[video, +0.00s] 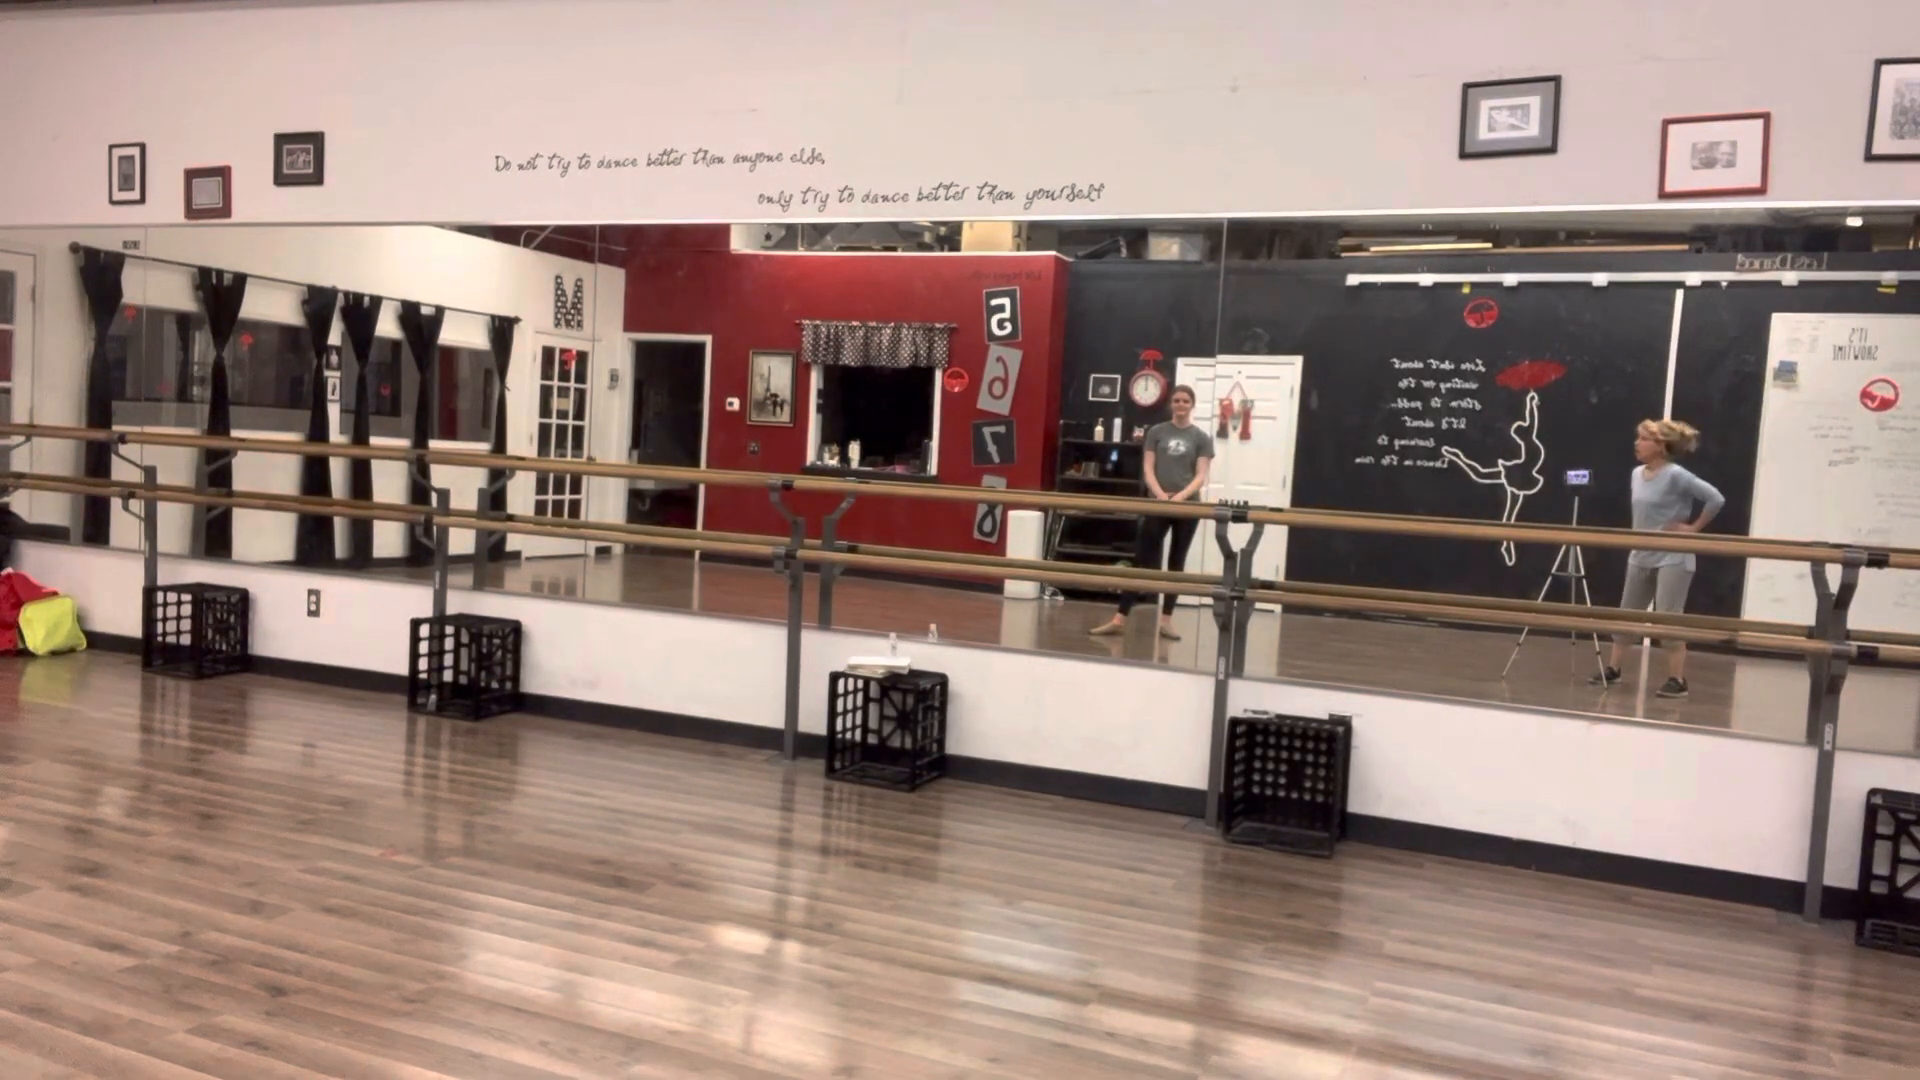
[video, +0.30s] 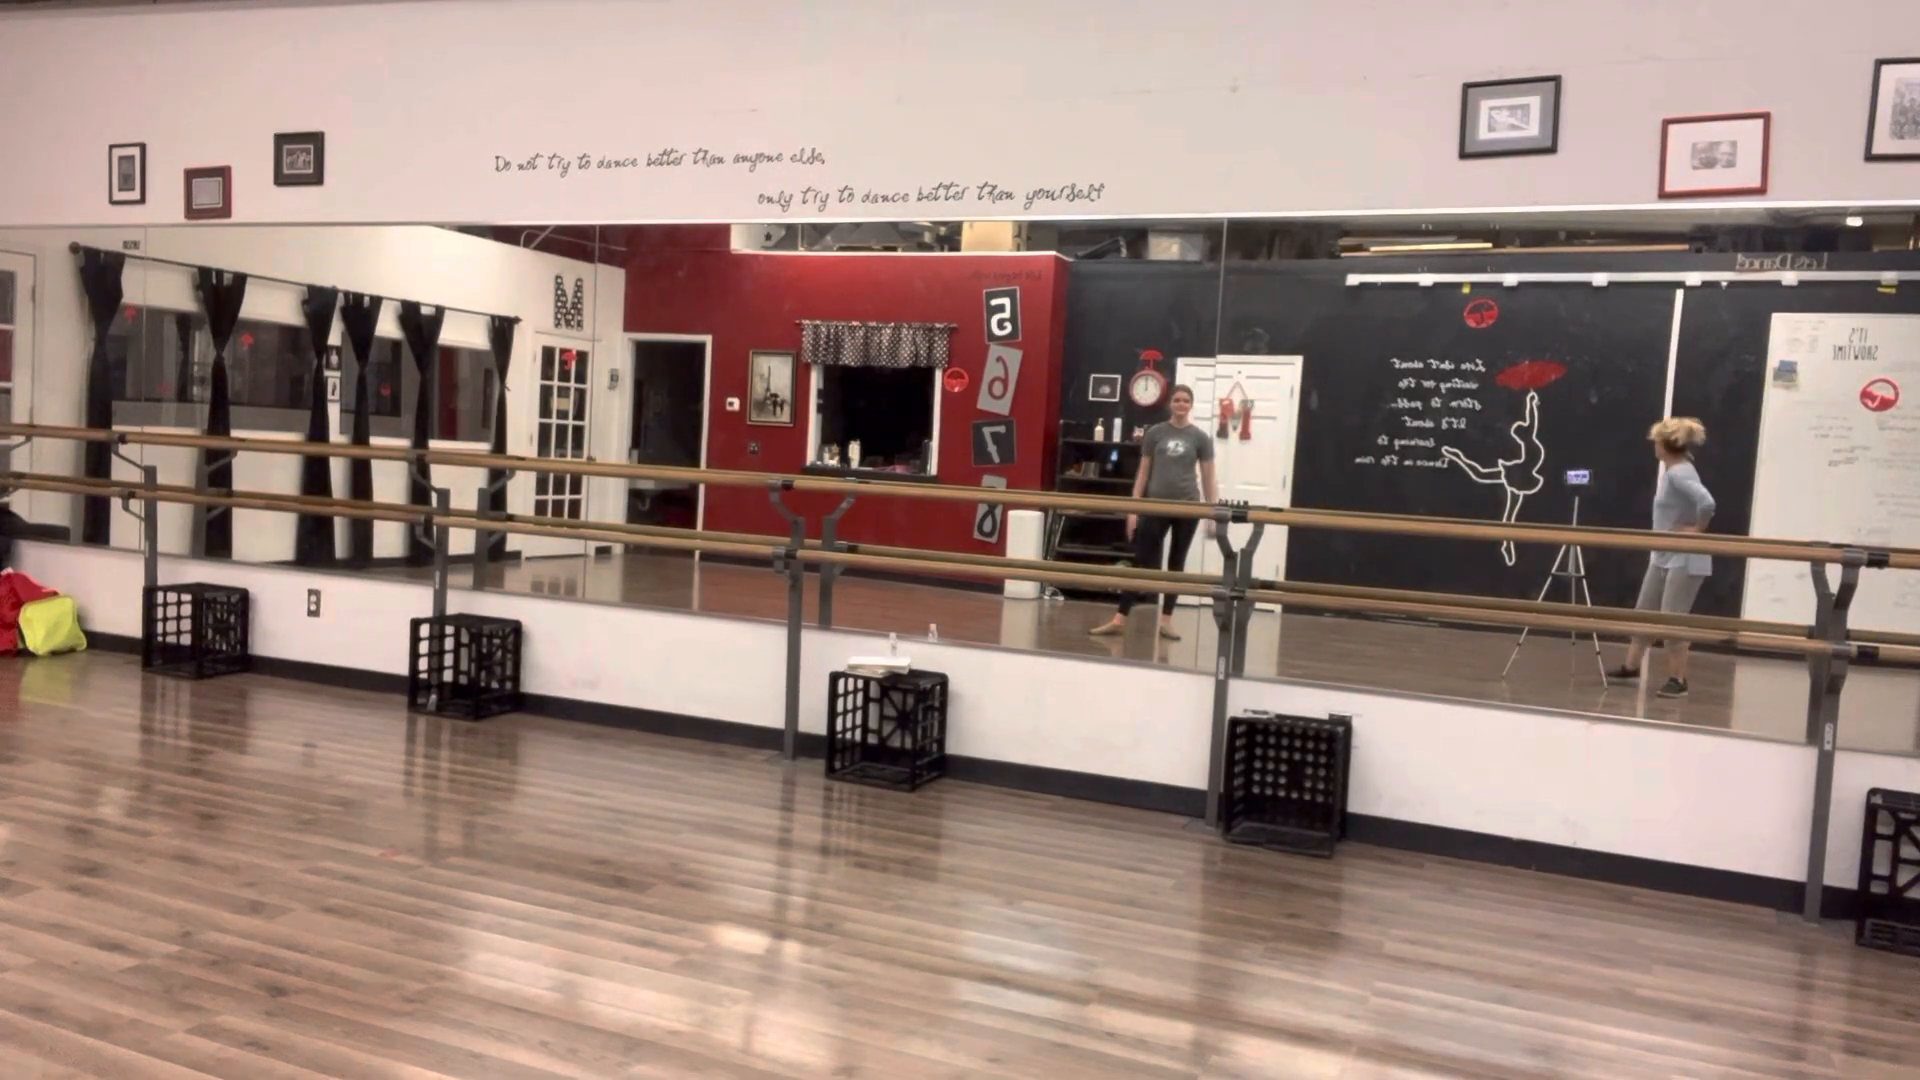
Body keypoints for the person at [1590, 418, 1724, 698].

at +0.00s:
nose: (1637, 444)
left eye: (1644, 439)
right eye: (1638, 438)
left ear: (1661, 446)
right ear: (1641, 443)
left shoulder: (1676, 475)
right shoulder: (1637, 474)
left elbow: (1716, 499)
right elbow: (1642, 507)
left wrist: (1693, 527)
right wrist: (1640, 534)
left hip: (1674, 556)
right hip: (1641, 554)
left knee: (1667, 618)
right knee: (1627, 614)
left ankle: (1676, 679)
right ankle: (1613, 668)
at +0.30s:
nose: (1654, 448)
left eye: (1657, 443)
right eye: (1655, 443)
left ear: (1667, 446)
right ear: (1674, 445)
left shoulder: (1681, 473)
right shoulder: (1667, 469)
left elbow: (1706, 502)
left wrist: (1697, 528)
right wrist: (1669, 527)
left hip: (1686, 558)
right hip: (1661, 554)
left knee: (1672, 618)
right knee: (1644, 612)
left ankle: (1677, 678)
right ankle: (1630, 667)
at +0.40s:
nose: (1660, 448)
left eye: (1662, 443)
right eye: (1661, 443)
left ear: (1669, 445)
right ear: (1686, 445)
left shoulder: (1678, 472)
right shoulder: (1685, 469)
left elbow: (1697, 502)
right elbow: (1692, 506)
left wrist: (1690, 527)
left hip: (1684, 559)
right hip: (1668, 556)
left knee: (1672, 617)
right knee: (1652, 613)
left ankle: (1677, 677)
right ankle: (1654, 668)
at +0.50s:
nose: (1665, 446)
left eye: (1666, 441)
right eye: (1667, 441)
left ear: (1670, 443)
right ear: (1695, 444)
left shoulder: (1675, 471)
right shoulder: (1699, 471)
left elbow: (1689, 501)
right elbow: (1703, 506)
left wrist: (1684, 524)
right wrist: (1692, 527)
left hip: (1678, 558)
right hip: (1695, 558)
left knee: (1671, 619)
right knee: (1677, 618)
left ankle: (1675, 676)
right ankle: (1680, 673)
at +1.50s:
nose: (1664, 445)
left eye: (1668, 440)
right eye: (1665, 439)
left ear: (1682, 444)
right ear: (1686, 445)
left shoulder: (1688, 472)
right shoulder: (1692, 470)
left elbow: (1706, 501)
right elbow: (1686, 507)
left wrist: (1695, 529)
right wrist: (1661, 511)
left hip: (1682, 561)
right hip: (1683, 559)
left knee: (1676, 620)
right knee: (1676, 617)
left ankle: (1684, 679)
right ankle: (1701, 669)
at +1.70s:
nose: (1657, 450)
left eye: (1662, 444)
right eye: (1657, 444)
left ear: (1679, 446)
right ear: (1675, 447)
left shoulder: (1685, 470)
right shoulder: (1672, 472)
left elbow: (1704, 499)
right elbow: (1646, 503)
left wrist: (1693, 528)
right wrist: (1654, 477)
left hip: (1682, 559)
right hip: (1665, 557)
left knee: (1676, 619)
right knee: (1650, 611)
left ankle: (1684, 678)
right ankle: (1659, 668)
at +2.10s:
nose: (1637, 450)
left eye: (1644, 444)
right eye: (1635, 444)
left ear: (1660, 445)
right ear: (1634, 445)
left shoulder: (1668, 471)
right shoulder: (1638, 472)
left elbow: (1699, 496)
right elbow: (1614, 478)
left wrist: (1679, 527)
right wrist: (1634, 462)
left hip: (1660, 555)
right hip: (1632, 553)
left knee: (1663, 616)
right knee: (1627, 614)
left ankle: (1680, 677)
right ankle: (1629, 670)